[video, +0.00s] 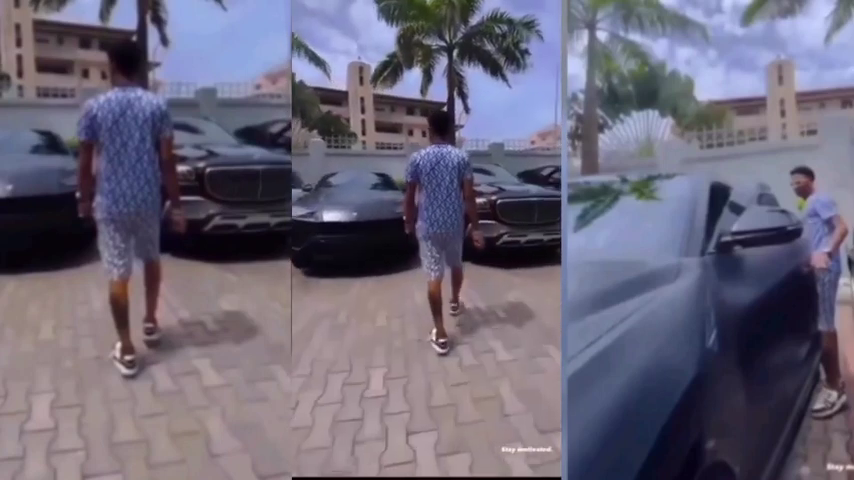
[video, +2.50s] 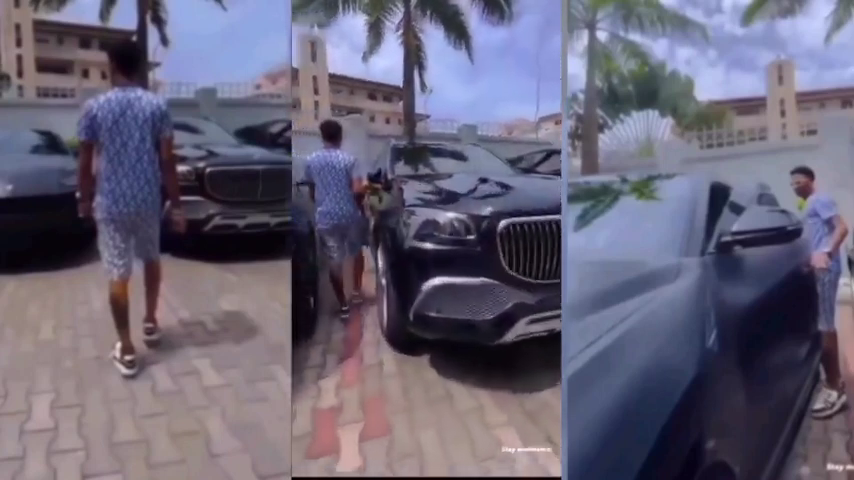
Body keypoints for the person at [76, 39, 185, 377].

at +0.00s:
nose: (110, 71)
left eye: (110, 66)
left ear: (112, 68)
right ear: (142, 67)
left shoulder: (95, 107)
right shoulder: (156, 106)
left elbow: (85, 161)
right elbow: (167, 160)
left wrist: (84, 199)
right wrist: (175, 202)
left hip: (110, 201)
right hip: (147, 200)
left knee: (118, 273)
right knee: (151, 260)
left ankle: (125, 348)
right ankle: (150, 319)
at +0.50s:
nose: (110, 71)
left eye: (110, 66)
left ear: (112, 68)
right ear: (142, 67)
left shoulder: (95, 107)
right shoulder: (156, 106)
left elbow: (85, 161)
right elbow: (167, 160)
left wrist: (84, 199)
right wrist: (175, 202)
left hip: (110, 201)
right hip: (147, 200)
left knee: (118, 273)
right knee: (151, 260)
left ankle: (125, 348)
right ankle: (150, 319)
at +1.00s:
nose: (110, 71)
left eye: (110, 66)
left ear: (112, 68)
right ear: (142, 67)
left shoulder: (95, 107)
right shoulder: (156, 106)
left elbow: (85, 161)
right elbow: (167, 160)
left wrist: (84, 199)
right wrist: (175, 202)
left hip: (110, 201)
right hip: (147, 200)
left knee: (118, 273)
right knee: (151, 260)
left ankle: (125, 348)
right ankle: (150, 319)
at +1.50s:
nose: (110, 71)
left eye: (110, 66)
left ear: (112, 68)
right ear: (142, 67)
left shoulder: (95, 107)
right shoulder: (156, 106)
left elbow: (85, 161)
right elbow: (167, 160)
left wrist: (84, 199)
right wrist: (175, 202)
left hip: (110, 201)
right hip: (147, 200)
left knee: (118, 273)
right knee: (151, 260)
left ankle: (125, 348)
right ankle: (150, 319)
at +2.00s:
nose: (110, 71)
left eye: (110, 66)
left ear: (112, 68)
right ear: (142, 67)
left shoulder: (95, 107)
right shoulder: (156, 106)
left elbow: (85, 161)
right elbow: (167, 160)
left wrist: (84, 199)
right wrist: (175, 202)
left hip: (110, 202)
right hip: (147, 200)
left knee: (118, 273)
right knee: (151, 260)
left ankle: (125, 348)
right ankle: (150, 319)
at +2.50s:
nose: (110, 71)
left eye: (110, 66)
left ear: (112, 68)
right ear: (142, 67)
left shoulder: (95, 107)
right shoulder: (156, 106)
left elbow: (85, 161)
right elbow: (167, 160)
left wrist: (84, 199)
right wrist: (175, 202)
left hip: (110, 202)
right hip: (147, 200)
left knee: (118, 273)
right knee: (151, 260)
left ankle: (125, 348)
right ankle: (150, 319)